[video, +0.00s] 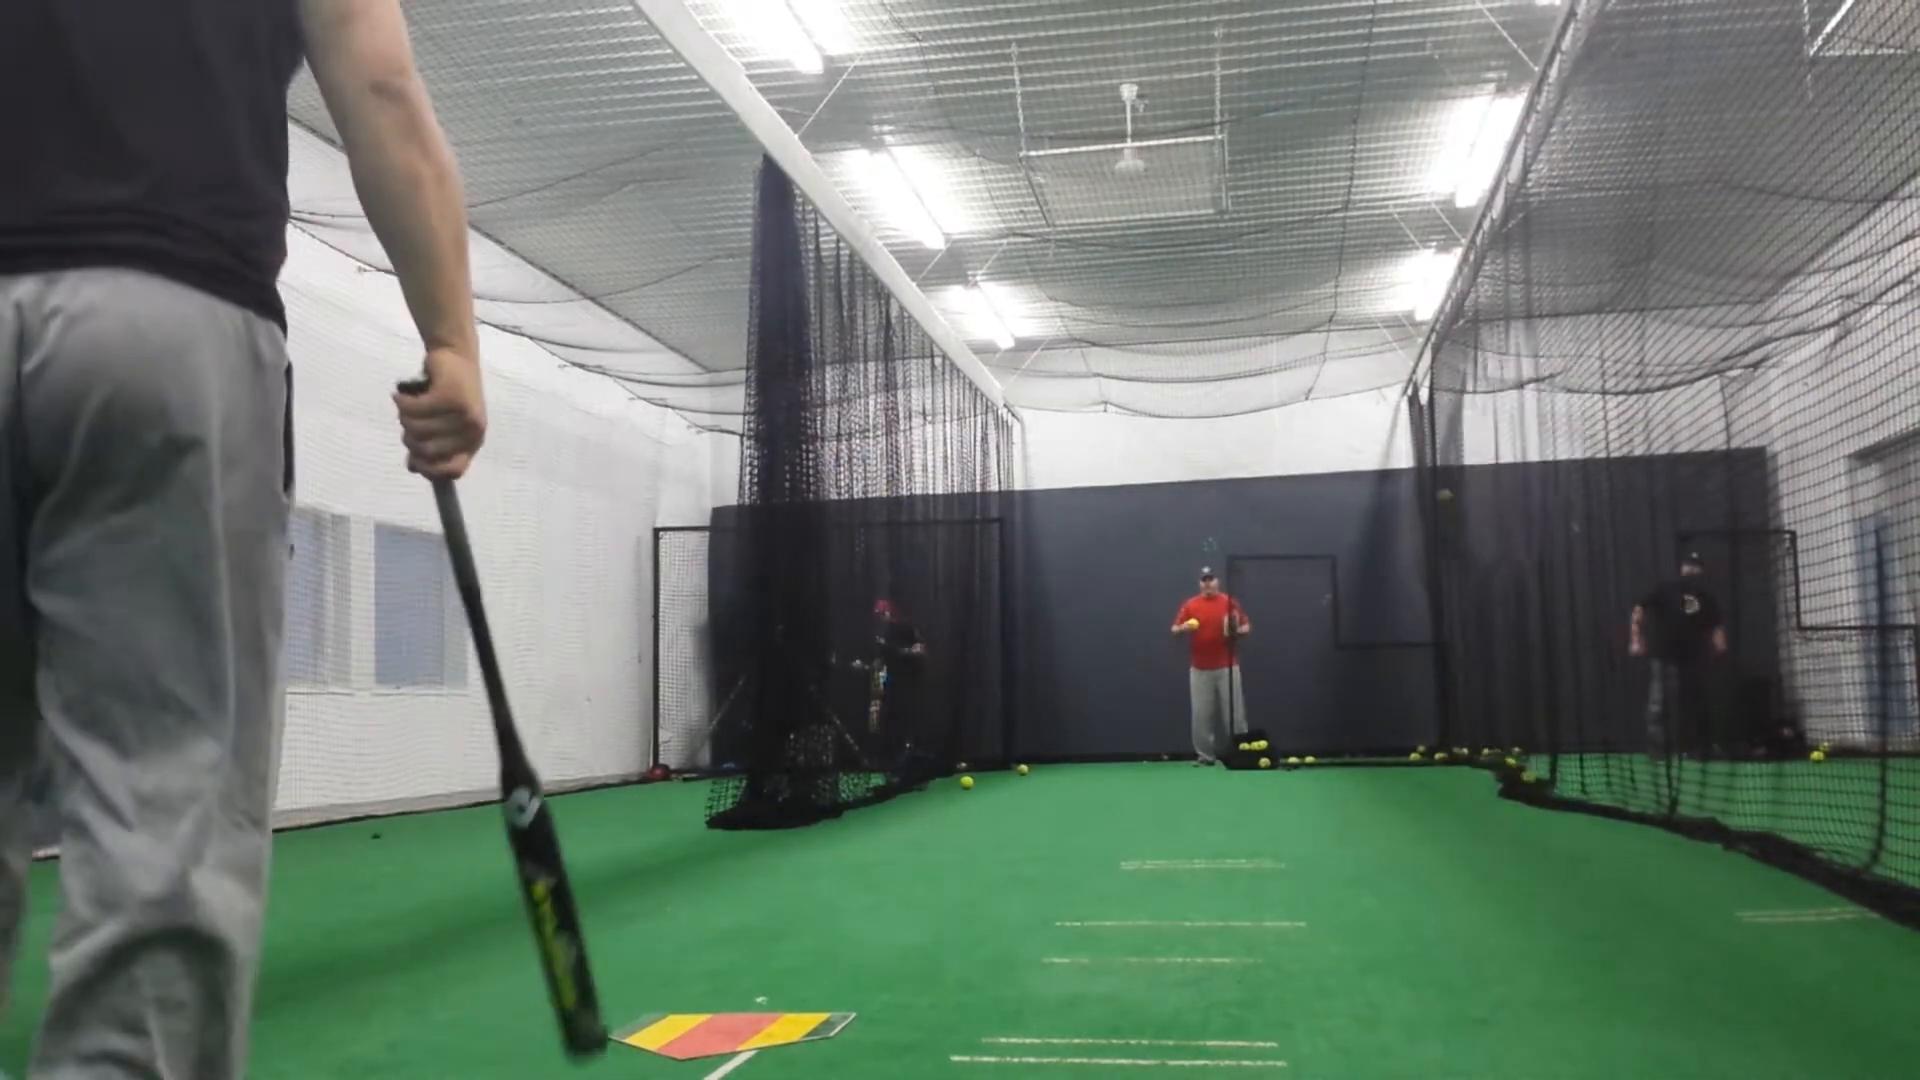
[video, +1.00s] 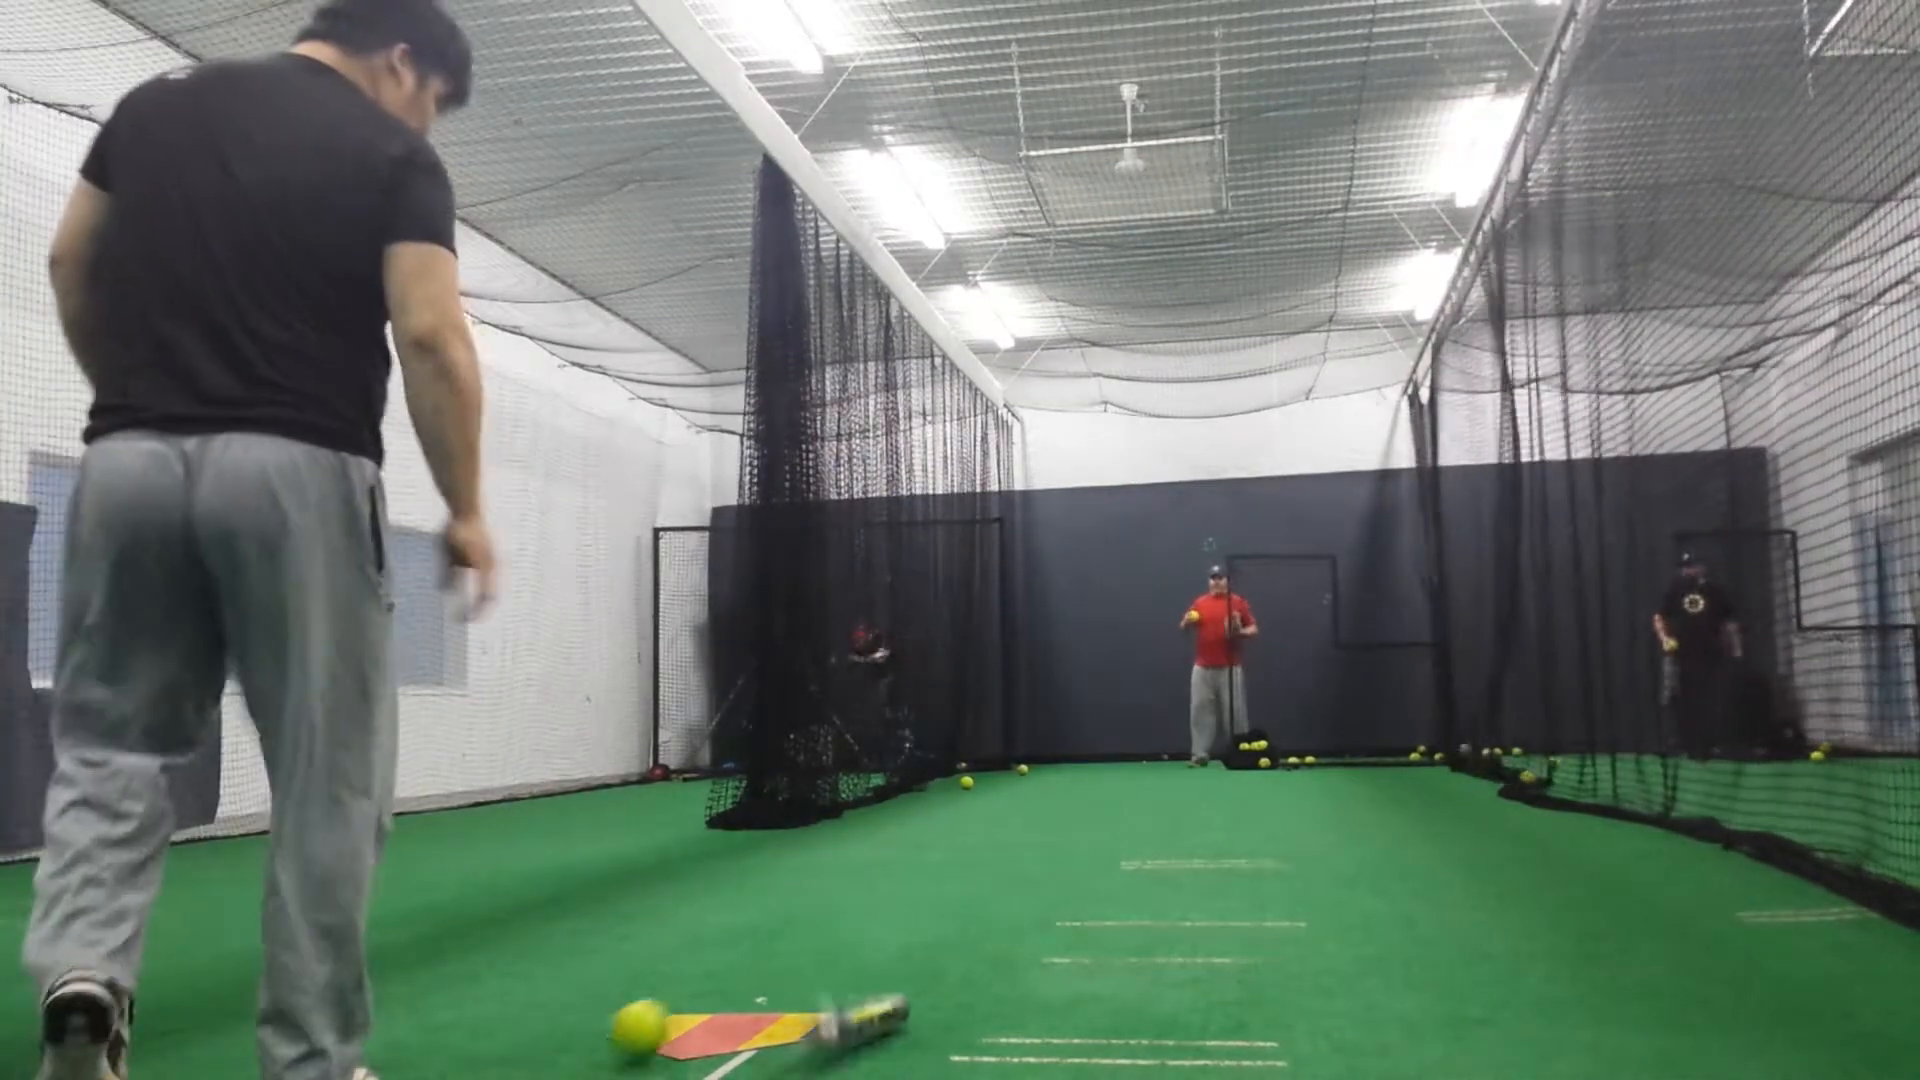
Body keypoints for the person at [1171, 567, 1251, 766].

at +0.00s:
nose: (1208, 583)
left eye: (1210, 579)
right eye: (1204, 580)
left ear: (1217, 582)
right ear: (1199, 583)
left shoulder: (1228, 603)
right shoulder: (1191, 605)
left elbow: (1246, 626)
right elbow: (1174, 630)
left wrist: (1236, 630)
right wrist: (1184, 627)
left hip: (1226, 666)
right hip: (1201, 667)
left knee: (1233, 711)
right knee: (1201, 713)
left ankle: (1239, 752)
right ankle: (1205, 754)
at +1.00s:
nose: (1217, 581)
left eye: (1220, 578)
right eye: (1213, 578)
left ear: (1227, 581)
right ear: (1209, 581)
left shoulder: (1238, 603)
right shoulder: (1201, 603)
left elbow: (1253, 628)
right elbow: (1183, 628)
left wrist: (1240, 630)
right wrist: (1188, 621)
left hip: (1230, 664)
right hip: (1204, 664)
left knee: (1235, 709)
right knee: (1200, 708)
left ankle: (1239, 752)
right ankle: (1200, 753)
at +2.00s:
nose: (1209, 584)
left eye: (1212, 580)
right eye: (1205, 581)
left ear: (1218, 582)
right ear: (1201, 584)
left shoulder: (1233, 601)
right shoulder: (1195, 605)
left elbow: (1259, 616)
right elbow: (1177, 629)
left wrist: (1243, 623)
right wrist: (1185, 626)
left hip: (1228, 664)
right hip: (1203, 665)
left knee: (1233, 709)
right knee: (1202, 710)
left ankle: (1238, 751)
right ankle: (1200, 752)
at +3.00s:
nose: (1219, 583)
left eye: (1223, 578)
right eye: (1217, 578)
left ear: (1233, 580)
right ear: (1215, 581)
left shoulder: (1246, 601)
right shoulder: (1209, 601)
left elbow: (1269, 624)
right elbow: (1198, 624)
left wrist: (1249, 627)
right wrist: (1191, 618)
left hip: (1238, 666)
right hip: (1212, 664)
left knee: (1240, 709)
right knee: (1199, 706)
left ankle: (1241, 750)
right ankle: (1194, 748)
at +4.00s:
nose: (1184, 582)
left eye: (1187, 578)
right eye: (1180, 579)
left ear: (1195, 580)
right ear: (1176, 583)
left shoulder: (1211, 600)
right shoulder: (1171, 606)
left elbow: (1228, 621)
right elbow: (1159, 635)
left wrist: (1216, 626)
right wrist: (1164, 627)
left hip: (1212, 662)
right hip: (1186, 666)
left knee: (1221, 707)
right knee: (1188, 710)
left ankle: (1227, 752)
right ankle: (1193, 755)